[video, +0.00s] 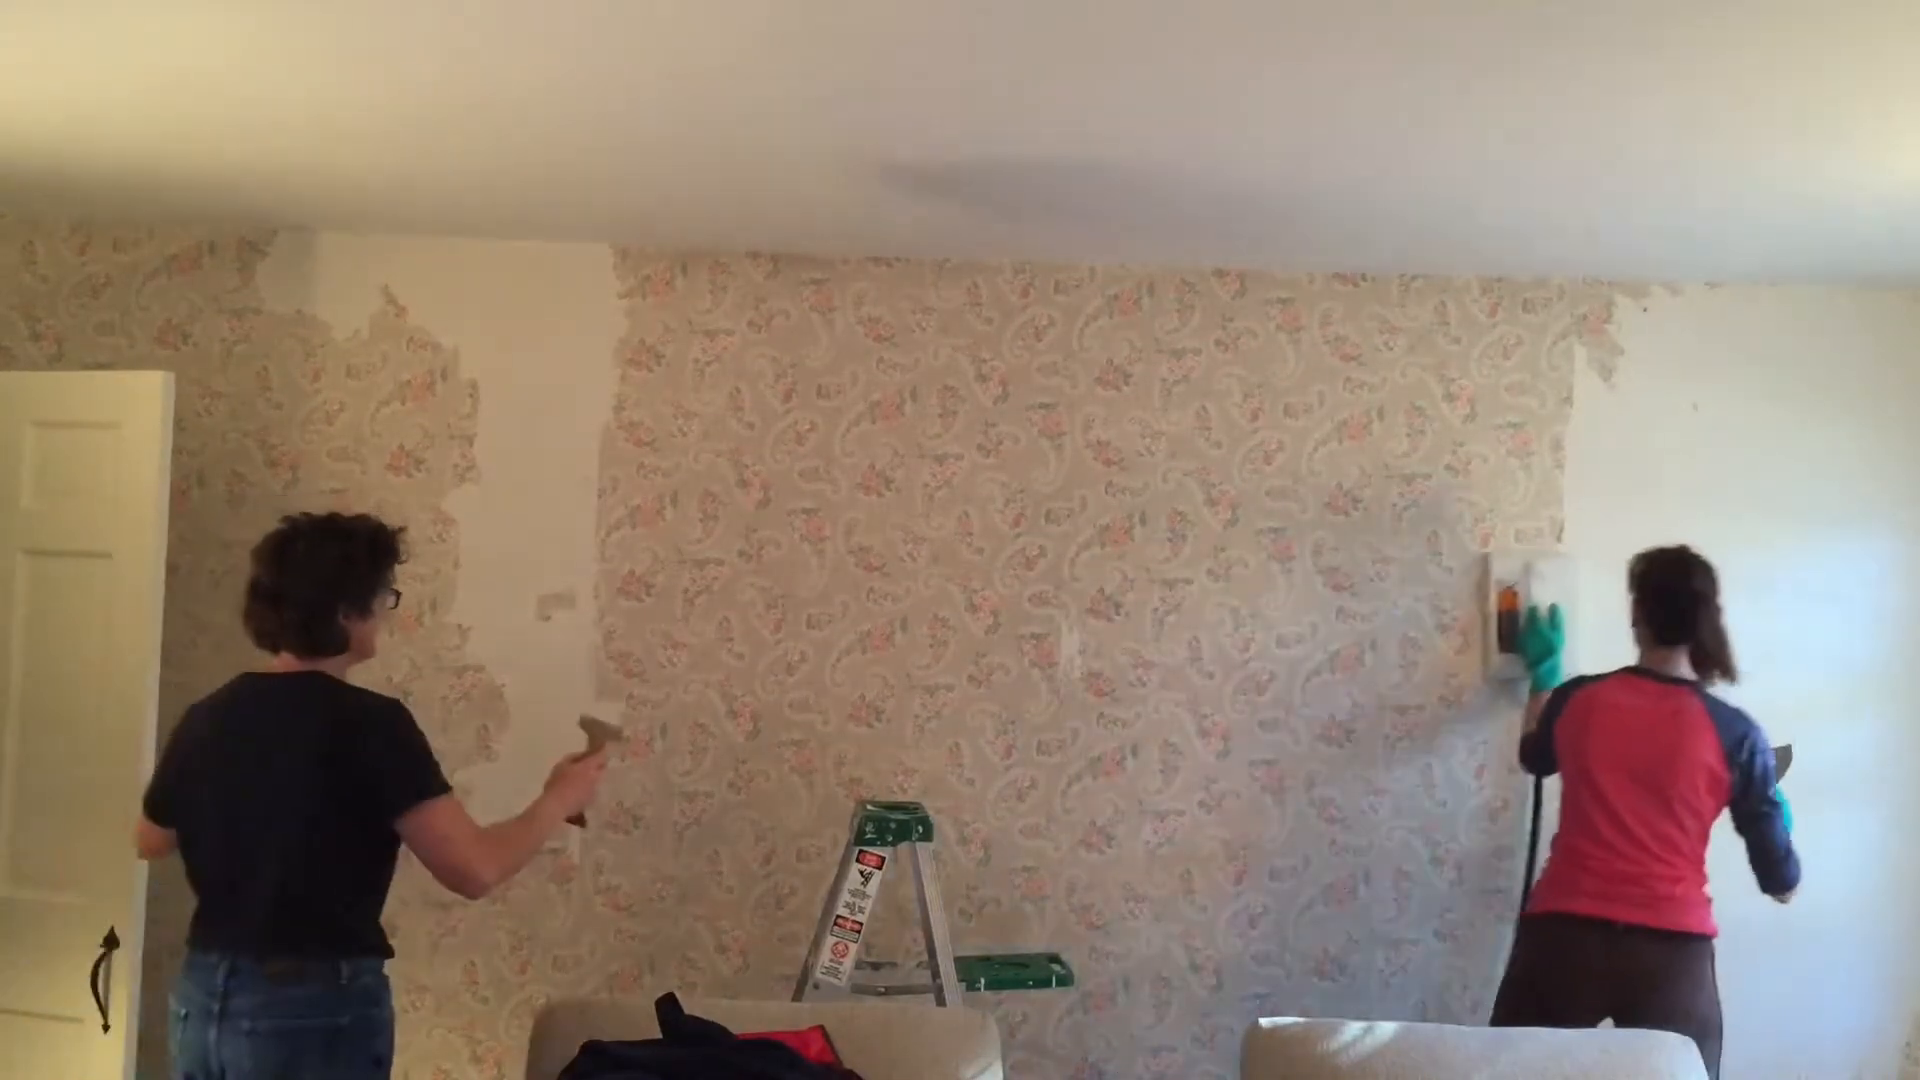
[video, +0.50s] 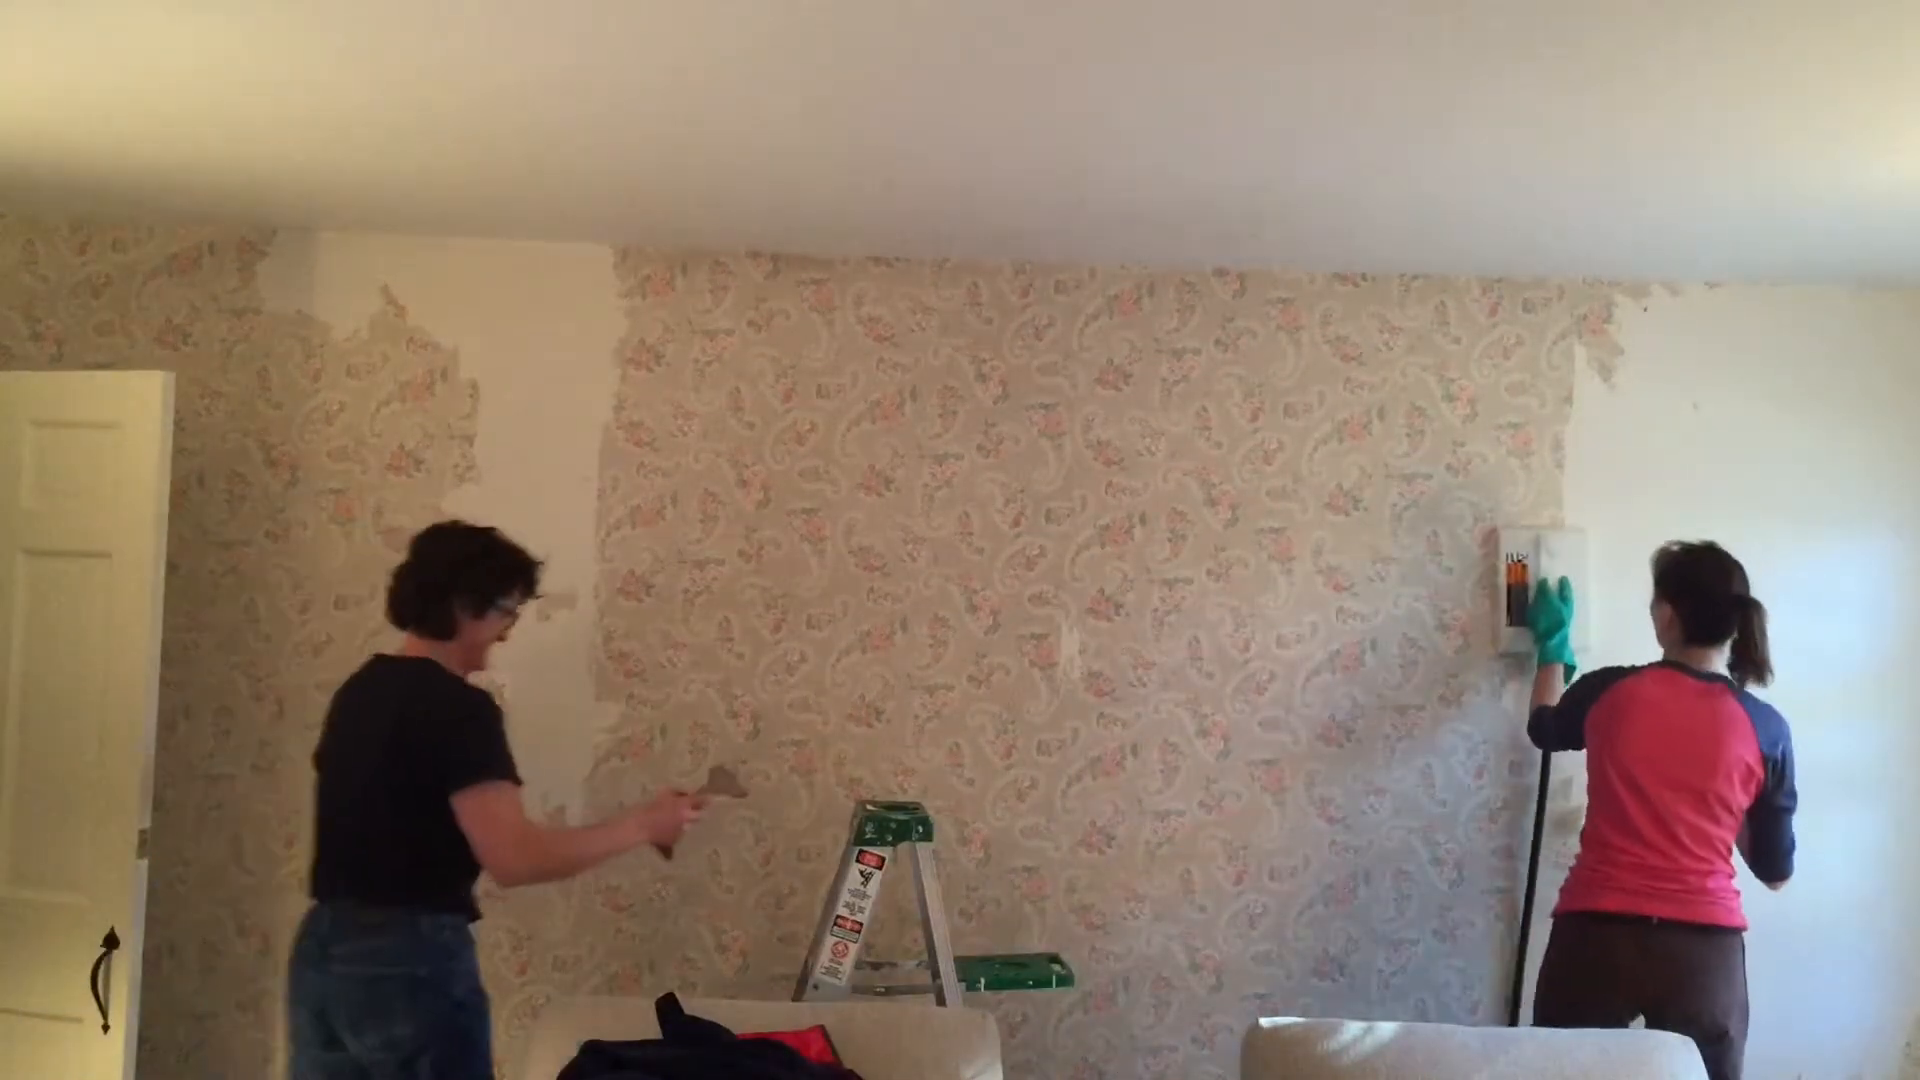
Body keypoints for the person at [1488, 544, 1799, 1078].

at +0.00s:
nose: (1631, 611)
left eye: (1632, 602)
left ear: (1636, 614)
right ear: (1710, 619)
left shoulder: (1578, 701)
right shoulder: (1733, 732)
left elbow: (1534, 754)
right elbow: (1781, 880)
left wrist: (1542, 674)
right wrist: (1766, 796)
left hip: (1558, 948)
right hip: (1671, 962)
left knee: (1514, 1072)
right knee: (1683, 1070)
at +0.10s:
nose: (1651, 608)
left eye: (1653, 598)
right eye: (1653, 598)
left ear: (1660, 608)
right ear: (1731, 616)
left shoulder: (1599, 689)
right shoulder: (1755, 726)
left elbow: (1546, 737)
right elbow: (1788, 880)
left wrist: (1551, 654)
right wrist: (1770, 799)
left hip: (1573, 937)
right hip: (1684, 953)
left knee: (1517, 1072)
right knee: (1692, 1074)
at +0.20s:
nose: (1664, 619)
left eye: (1665, 608)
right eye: (1667, 608)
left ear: (1674, 619)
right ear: (1746, 627)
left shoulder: (1608, 695)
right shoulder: (1766, 740)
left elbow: (1547, 731)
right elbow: (1788, 893)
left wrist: (1552, 649)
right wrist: (1768, 808)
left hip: (1585, 953)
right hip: (1700, 966)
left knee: (1536, 1072)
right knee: (1710, 1072)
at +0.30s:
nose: (1669, 631)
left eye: (1671, 621)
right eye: (1672, 620)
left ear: (1681, 634)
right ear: (1747, 643)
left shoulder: (1612, 708)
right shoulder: (1767, 753)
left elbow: (1545, 729)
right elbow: (1784, 902)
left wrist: (1554, 643)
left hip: (1594, 967)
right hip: (1708, 979)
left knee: (1550, 1071)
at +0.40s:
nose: (1665, 628)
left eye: (1667, 617)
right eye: (1668, 616)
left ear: (1677, 631)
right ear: (1745, 638)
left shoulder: (1614, 704)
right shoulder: (1769, 747)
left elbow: (1545, 729)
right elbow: (1779, 889)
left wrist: (1552, 644)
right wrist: (1751, 814)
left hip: (1595, 964)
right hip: (1709, 976)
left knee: (1550, 1071)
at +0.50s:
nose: (1652, 611)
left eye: (1654, 600)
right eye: (1654, 599)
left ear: (1668, 614)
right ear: (1733, 618)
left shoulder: (1608, 691)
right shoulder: (1766, 727)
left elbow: (1544, 727)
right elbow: (1774, 867)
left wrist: (1551, 649)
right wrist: (1728, 797)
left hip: (1591, 943)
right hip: (1703, 956)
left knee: (1559, 1073)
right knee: (1711, 1073)